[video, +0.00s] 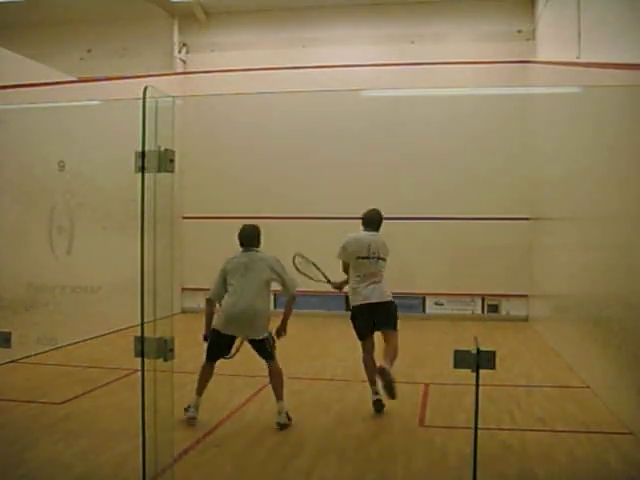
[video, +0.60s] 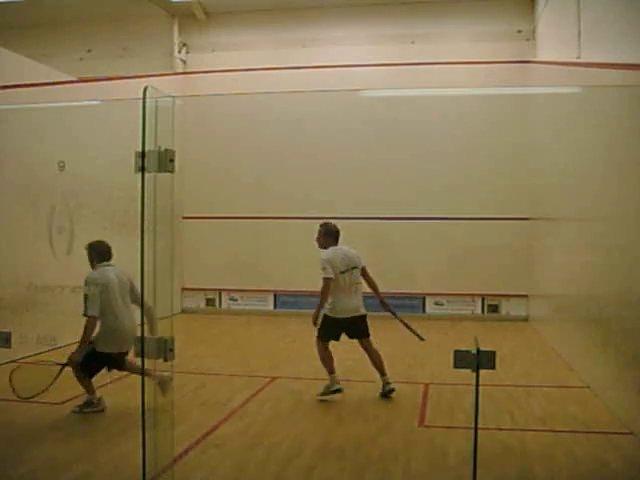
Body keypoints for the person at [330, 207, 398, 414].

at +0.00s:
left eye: (363, 220)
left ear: (362, 222)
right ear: (379, 225)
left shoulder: (350, 242)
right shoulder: (383, 245)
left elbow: (346, 270)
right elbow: (372, 272)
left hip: (360, 303)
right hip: (383, 301)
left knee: (367, 350)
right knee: (391, 341)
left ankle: (375, 394)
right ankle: (386, 367)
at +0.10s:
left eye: (356, 223)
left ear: (356, 228)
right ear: (374, 229)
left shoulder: (350, 247)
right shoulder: (381, 249)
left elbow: (342, 276)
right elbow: (372, 279)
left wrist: (349, 287)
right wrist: (342, 287)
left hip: (361, 309)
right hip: (385, 304)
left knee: (369, 354)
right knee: (404, 342)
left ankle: (381, 396)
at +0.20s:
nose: (352, 239)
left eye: (351, 235)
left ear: (351, 237)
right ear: (368, 236)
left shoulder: (347, 257)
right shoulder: (377, 254)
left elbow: (340, 287)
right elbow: (378, 283)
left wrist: (345, 305)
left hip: (362, 317)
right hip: (384, 312)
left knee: (373, 360)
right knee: (405, 346)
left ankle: (387, 401)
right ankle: (434, 380)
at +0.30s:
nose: (344, 242)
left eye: (344, 238)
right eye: (345, 238)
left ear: (345, 239)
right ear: (361, 238)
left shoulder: (344, 259)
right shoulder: (374, 256)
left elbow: (341, 289)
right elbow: (377, 283)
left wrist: (338, 314)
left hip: (361, 317)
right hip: (382, 312)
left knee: (371, 359)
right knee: (393, 347)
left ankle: (388, 398)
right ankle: (405, 383)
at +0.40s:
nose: (337, 247)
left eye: (338, 244)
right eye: (337, 243)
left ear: (344, 244)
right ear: (355, 242)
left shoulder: (344, 263)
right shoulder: (372, 259)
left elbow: (341, 293)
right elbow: (382, 289)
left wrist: (335, 320)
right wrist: (389, 312)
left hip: (356, 319)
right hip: (375, 316)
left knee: (354, 357)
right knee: (375, 349)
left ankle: (381, 384)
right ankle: (388, 387)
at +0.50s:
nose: (328, 246)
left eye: (331, 243)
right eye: (329, 243)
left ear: (338, 244)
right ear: (347, 244)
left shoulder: (340, 264)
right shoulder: (363, 260)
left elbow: (339, 293)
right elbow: (379, 284)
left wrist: (329, 319)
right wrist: (393, 307)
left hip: (349, 320)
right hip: (369, 318)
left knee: (335, 353)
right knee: (371, 349)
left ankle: (363, 377)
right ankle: (389, 386)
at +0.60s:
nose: (316, 238)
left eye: (319, 235)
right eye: (317, 234)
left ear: (327, 238)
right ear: (335, 238)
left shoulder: (327, 257)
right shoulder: (351, 253)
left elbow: (327, 284)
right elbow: (367, 276)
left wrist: (317, 311)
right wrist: (381, 298)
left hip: (335, 313)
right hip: (357, 312)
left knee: (321, 342)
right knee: (368, 345)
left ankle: (333, 381)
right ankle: (386, 381)